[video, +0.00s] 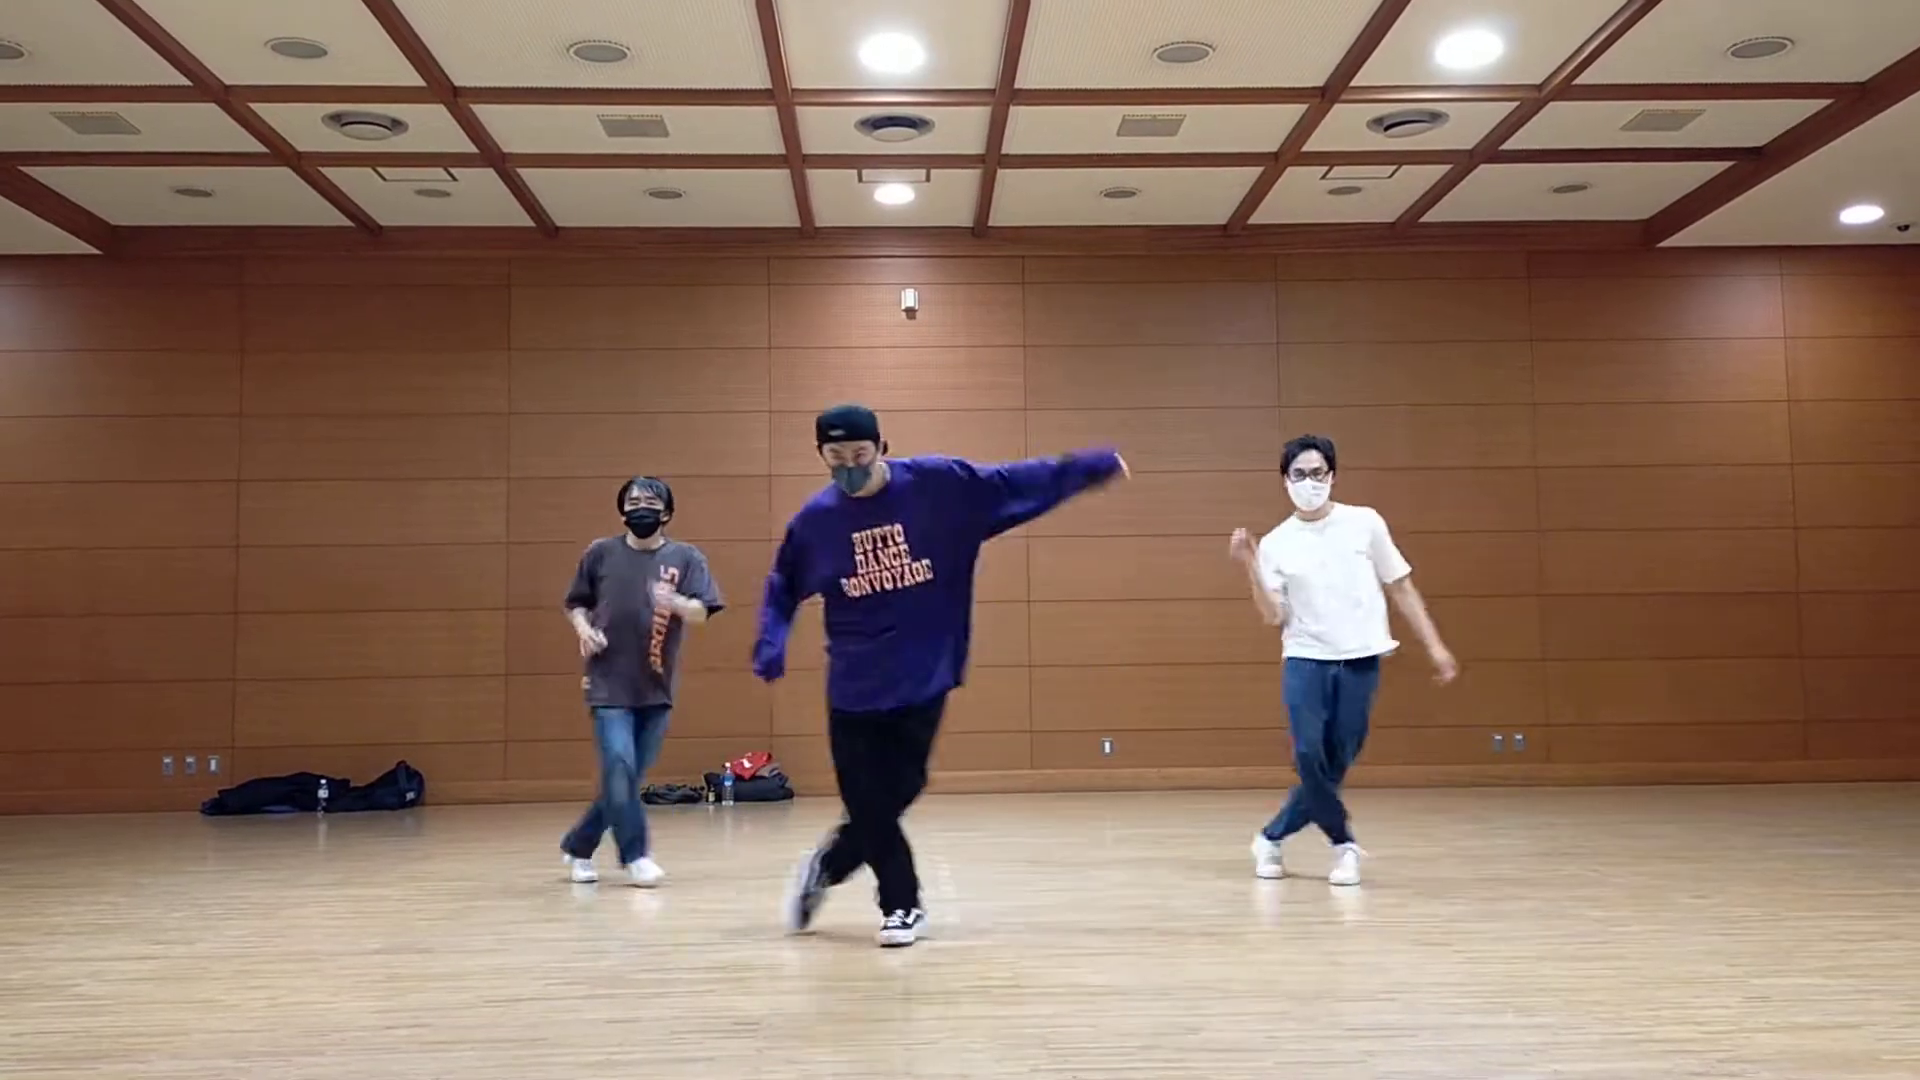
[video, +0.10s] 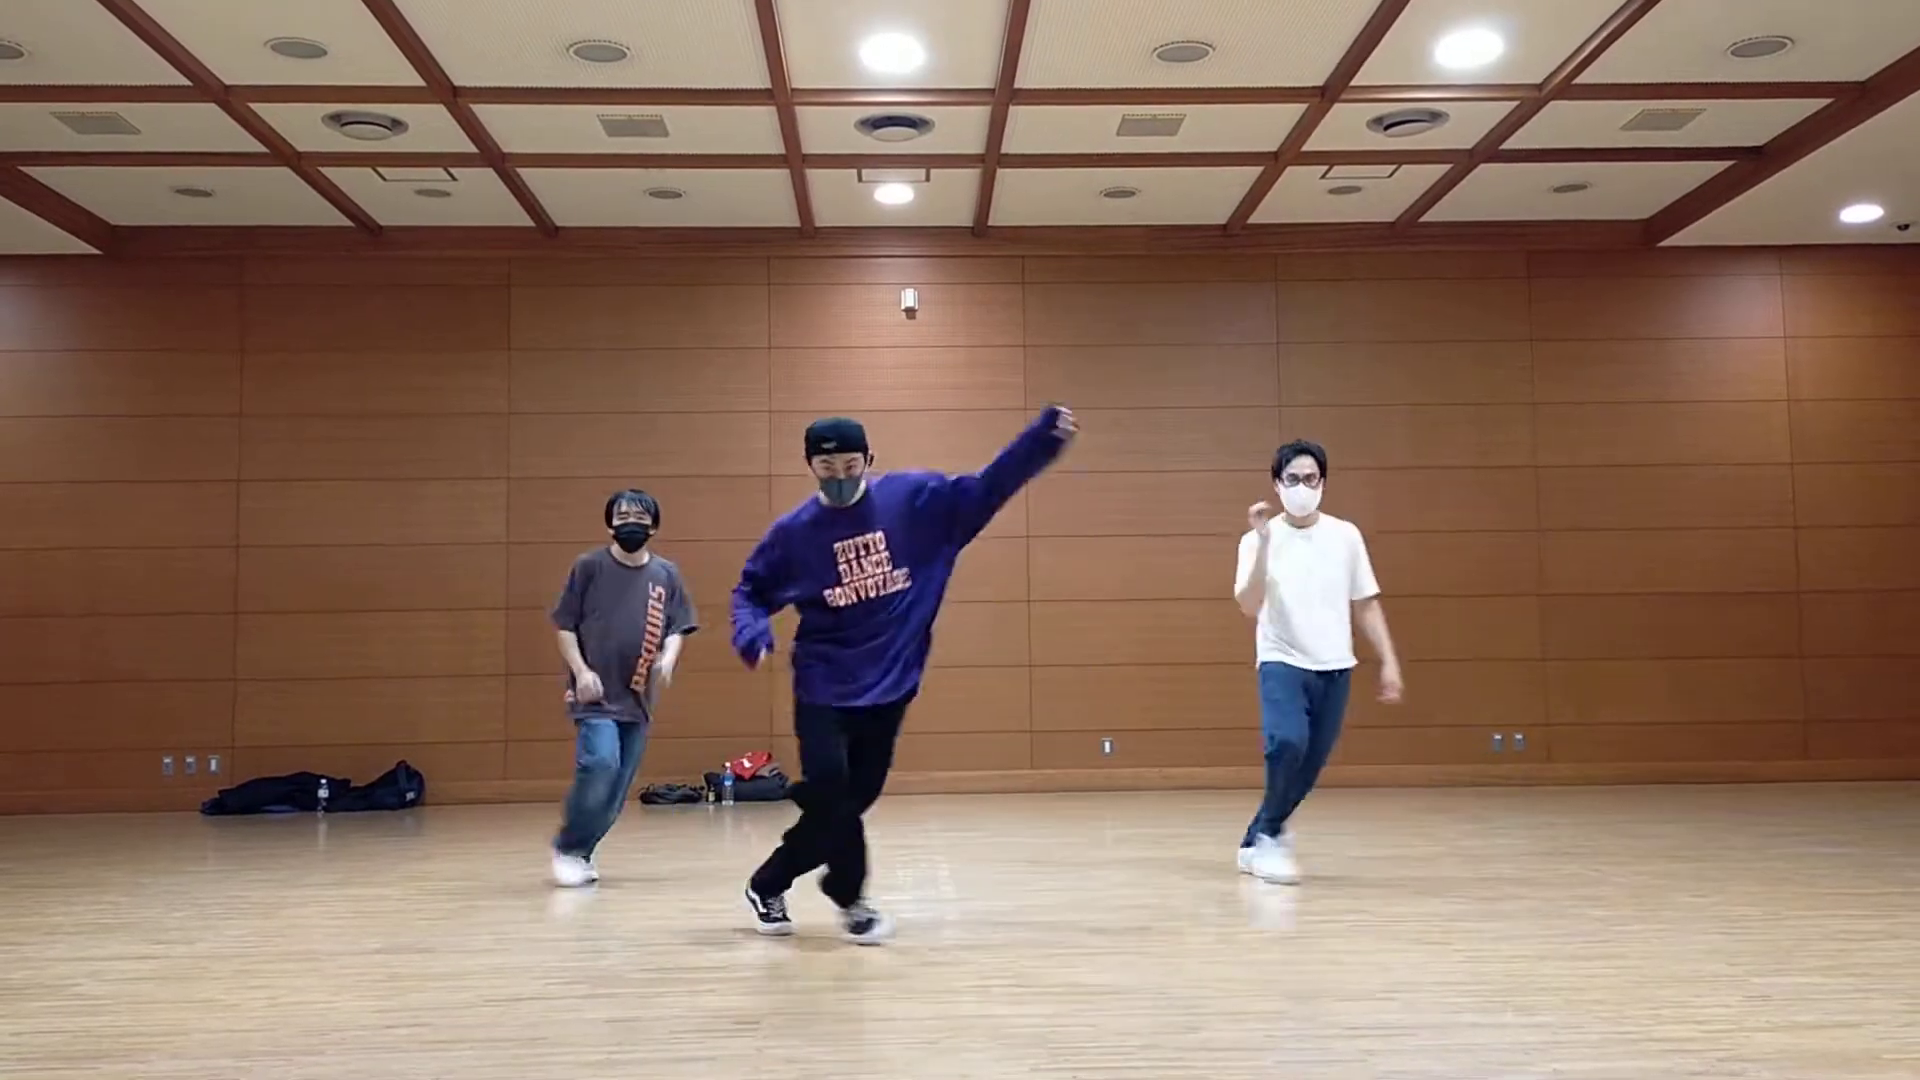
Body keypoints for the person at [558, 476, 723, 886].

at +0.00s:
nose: (641, 508)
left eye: (650, 502)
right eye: (634, 502)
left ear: (665, 511)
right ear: (623, 510)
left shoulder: (686, 559)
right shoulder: (601, 554)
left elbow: (703, 611)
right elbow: (576, 603)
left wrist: (675, 603)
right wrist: (584, 628)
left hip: (657, 687)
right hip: (609, 684)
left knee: (631, 776)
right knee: (620, 764)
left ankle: (578, 846)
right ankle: (635, 855)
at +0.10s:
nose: (632, 523)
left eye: (640, 517)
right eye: (624, 517)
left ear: (653, 525)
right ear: (611, 524)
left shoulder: (666, 574)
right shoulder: (588, 567)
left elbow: (677, 626)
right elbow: (564, 625)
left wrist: (667, 662)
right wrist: (582, 672)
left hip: (637, 700)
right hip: (595, 695)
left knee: (619, 784)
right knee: (602, 764)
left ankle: (583, 852)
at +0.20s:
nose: (622, 516)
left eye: (630, 510)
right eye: (613, 510)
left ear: (642, 522)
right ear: (599, 521)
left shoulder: (650, 572)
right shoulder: (580, 565)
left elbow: (657, 637)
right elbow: (567, 629)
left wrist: (660, 689)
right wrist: (604, 669)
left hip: (633, 699)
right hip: (586, 696)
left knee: (613, 793)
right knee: (574, 779)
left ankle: (576, 856)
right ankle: (518, 855)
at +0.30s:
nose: (620, 505)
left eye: (627, 499)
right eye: (611, 499)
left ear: (638, 509)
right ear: (597, 509)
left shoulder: (643, 558)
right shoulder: (582, 551)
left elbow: (643, 619)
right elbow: (573, 612)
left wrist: (649, 670)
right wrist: (632, 625)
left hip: (626, 690)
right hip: (580, 689)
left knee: (621, 781)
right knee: (558, 776)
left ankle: (582, 848)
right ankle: (517, 859)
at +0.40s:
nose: (632, 502)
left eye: (639, 495)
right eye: (622, 496)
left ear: (650, 502)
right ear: (607, 505)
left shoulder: (644, 549)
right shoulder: (595, 546)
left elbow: (628, 599)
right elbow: (583, 606)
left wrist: (636, 634)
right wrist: (641, 603)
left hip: (622, 680)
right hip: (581, 681)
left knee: (636, 759)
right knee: (557, 769)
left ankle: (621, 852)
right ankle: (512, 856)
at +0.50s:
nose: (645, 521)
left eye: (652, 514)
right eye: (636, 515)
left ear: (664, 523)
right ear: (620, 525)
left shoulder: (647, 567)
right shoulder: (604, 571)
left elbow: (627, 621)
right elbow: (601, 634)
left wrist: (661, 626)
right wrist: (663, 631)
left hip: (620, 692)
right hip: (582, 694)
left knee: (649, 773)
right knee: (557, 777)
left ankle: (681, 852)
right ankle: (498, 859)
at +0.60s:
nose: (662, 551)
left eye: (669, 545)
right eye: (653, 545)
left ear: (677, 551)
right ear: (635, 552)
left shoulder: (654, 586)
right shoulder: (622, 597)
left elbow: (646, 602)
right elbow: (621, 666)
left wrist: (663, 598)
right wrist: (673, 680)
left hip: (630, 699)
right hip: (590, 706)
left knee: (667, 775)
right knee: (571, 786)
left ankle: (692, 864)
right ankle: (498, 862)